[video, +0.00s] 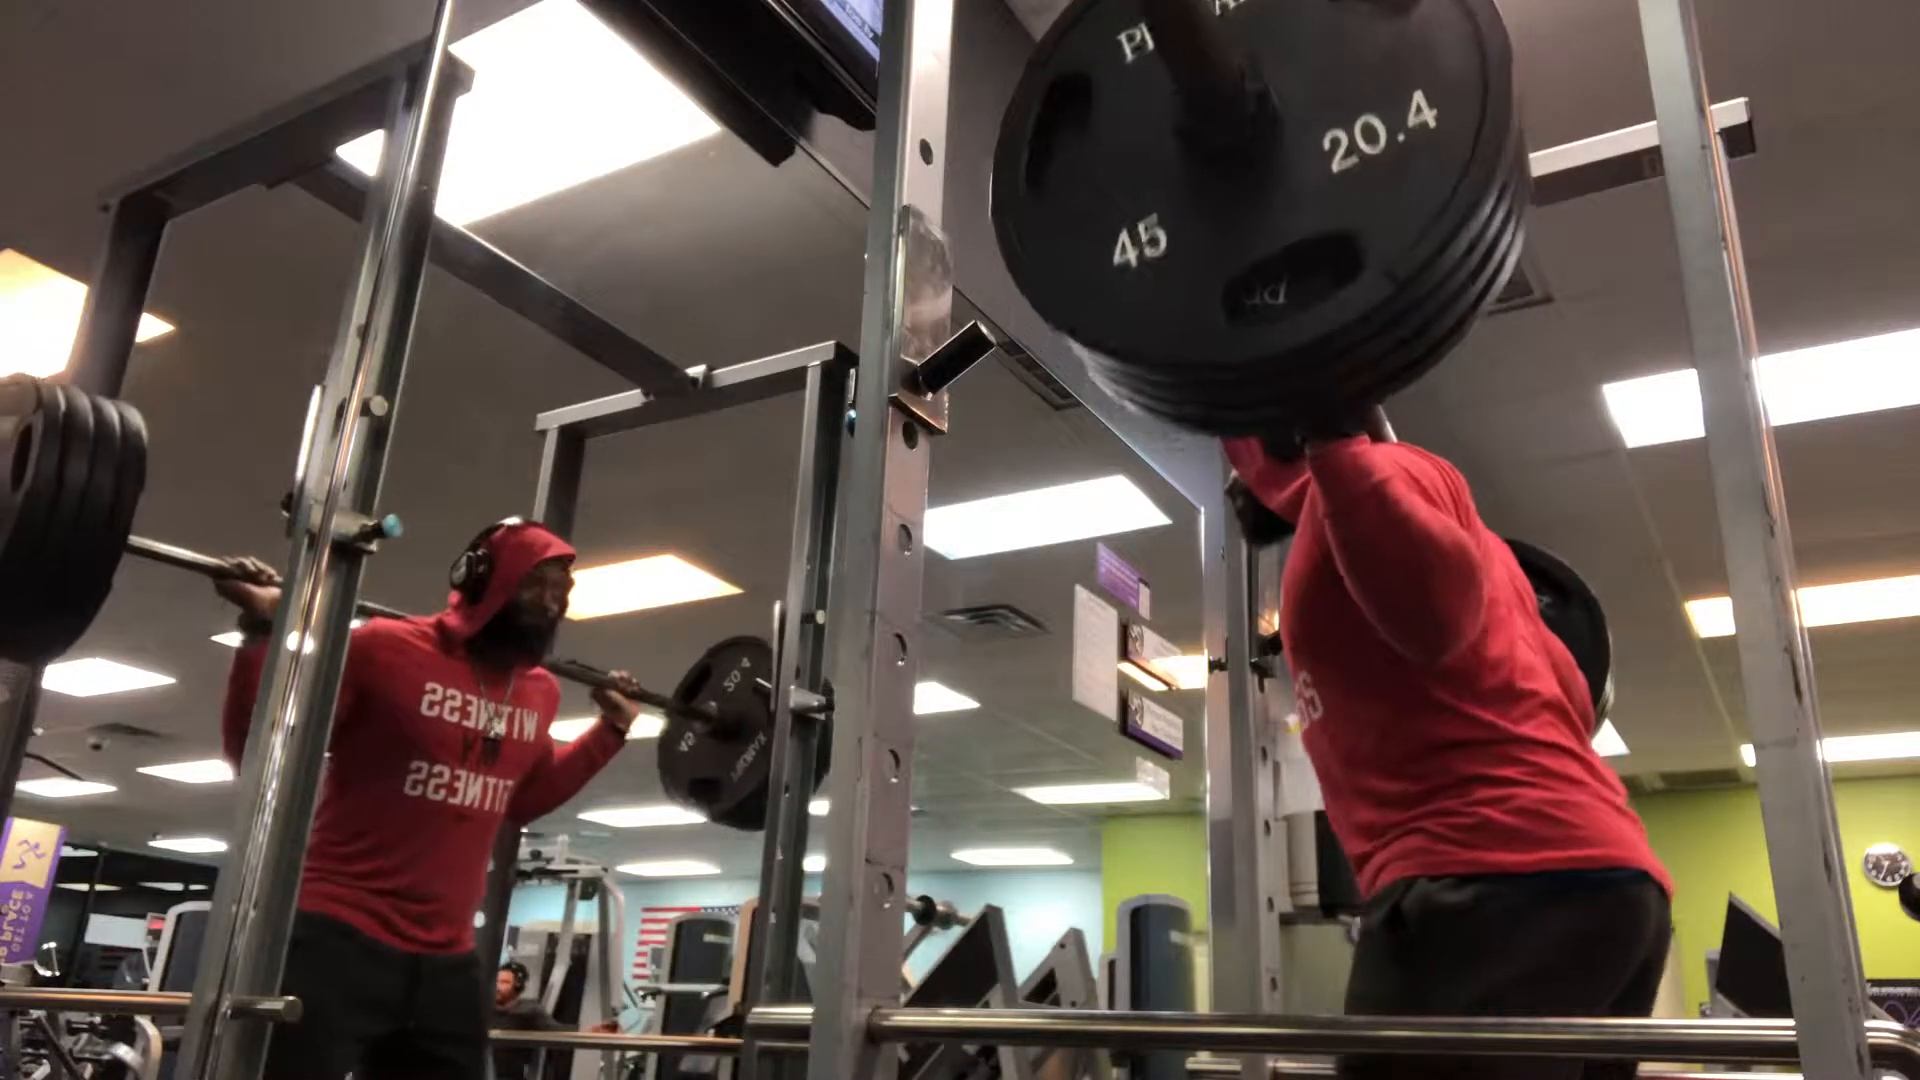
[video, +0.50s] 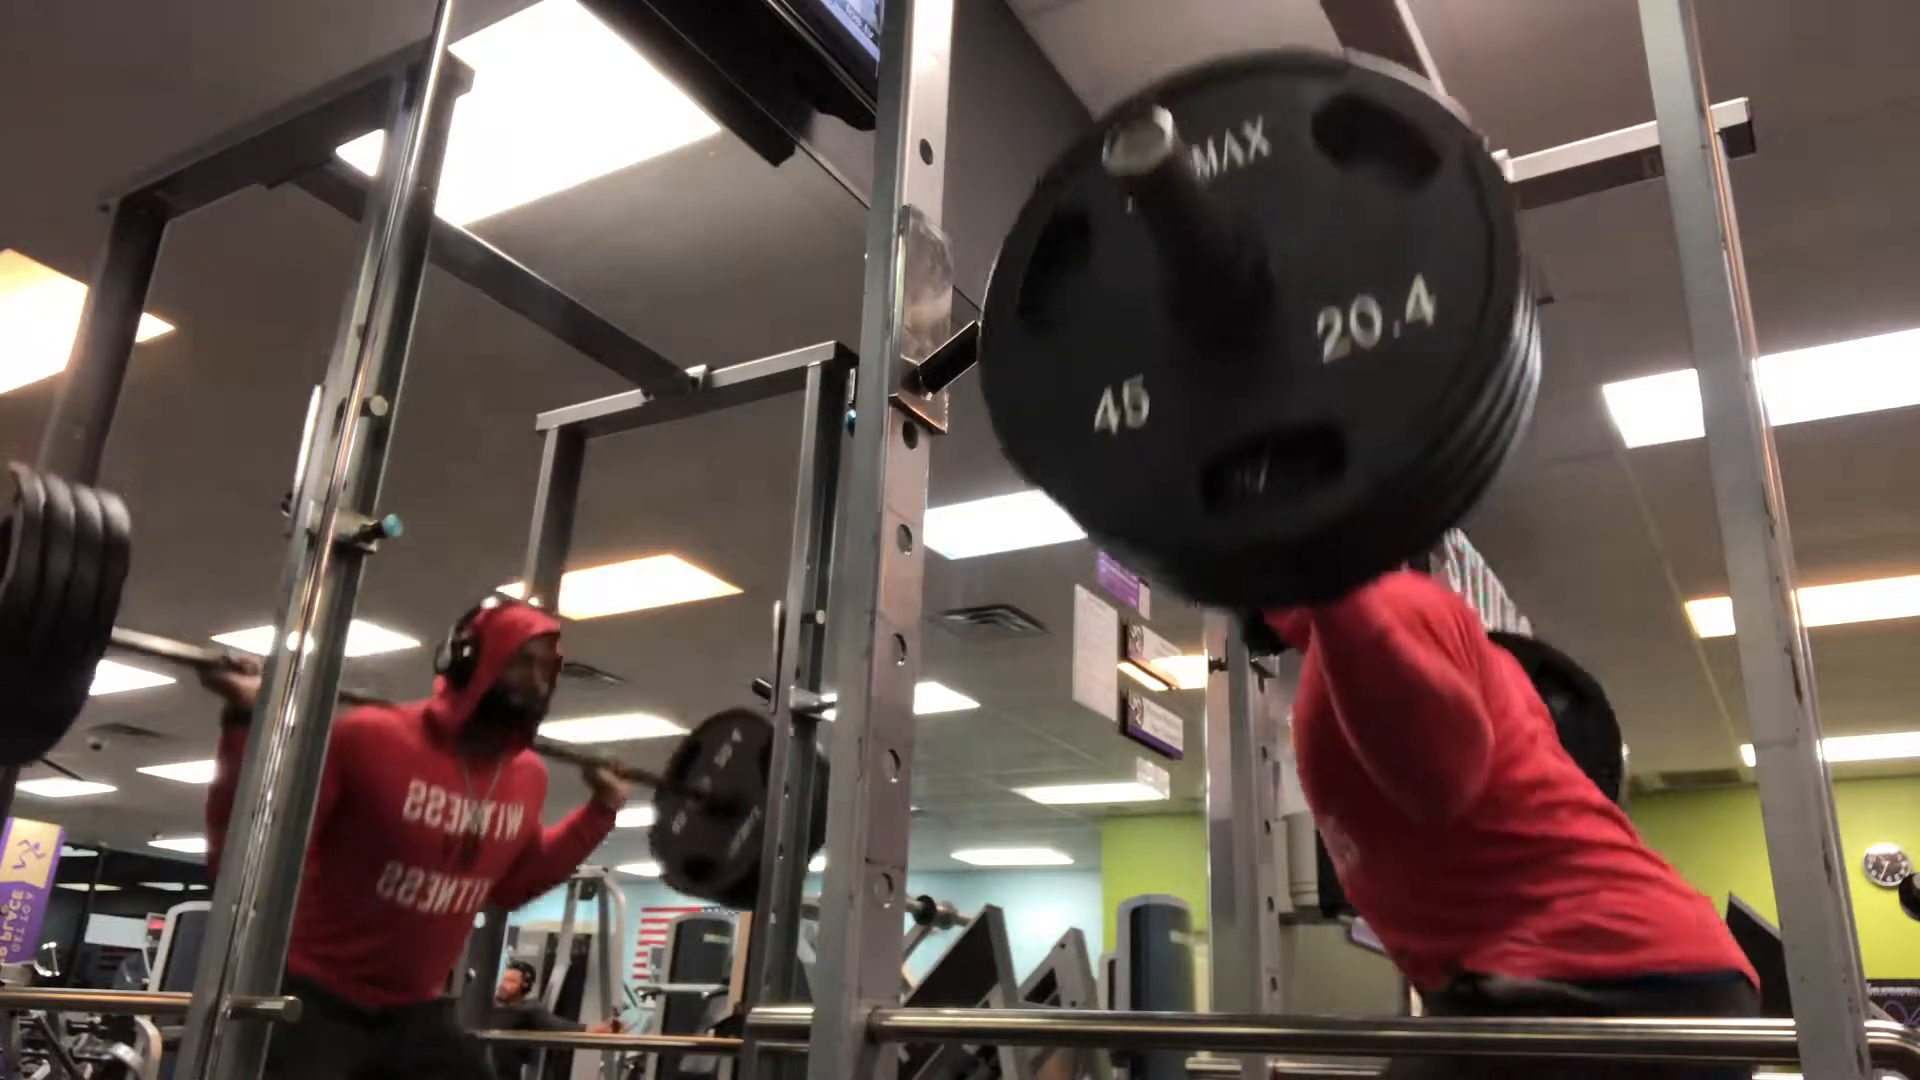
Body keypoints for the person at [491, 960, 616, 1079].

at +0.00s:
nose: (497, 987)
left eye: (504, 983)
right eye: (496, 981)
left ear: (517, 987)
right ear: (492, 982)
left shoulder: (529, 1011)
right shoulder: (485, 1010)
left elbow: (554, 1031)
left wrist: (586, 1034)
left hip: (512, 1073)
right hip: (484, 1072)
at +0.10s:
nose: (498, 987)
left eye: (504, 982)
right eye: (496, 981)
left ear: (517, 987)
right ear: (492, 982)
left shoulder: (528, 1011)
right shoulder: (484, 1010)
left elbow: (555, 1028)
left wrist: (590, 1031)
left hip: (510, 1073)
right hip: (481, 1073)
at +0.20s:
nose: (498, 987)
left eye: (505, 982)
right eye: (496, 981)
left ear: (518, 987)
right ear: (492, 981)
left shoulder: (528, 1011)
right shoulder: (485, 1009)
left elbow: (555, 1028)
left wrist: (590, 1030)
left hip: (508, 1073)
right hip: (481, 1072)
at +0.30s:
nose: (499, 986)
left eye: (506, 982)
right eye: (498, 981)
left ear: (521, 988)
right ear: (495, 981)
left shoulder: (529, 1011)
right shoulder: (485, 1009)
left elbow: (557, 1027)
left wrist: (593, 1030)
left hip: (508, 1072)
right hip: (482, 1071)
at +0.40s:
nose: (502, 985)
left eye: (510, 982)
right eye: (503, 980)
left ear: (523, 988)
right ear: (499, 980)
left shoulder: (530, 1010)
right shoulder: (489, 1008)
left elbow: (556, 1025)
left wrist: (592, 1029)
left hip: (507, 1073)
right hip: (481, 1071)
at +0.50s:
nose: (503, 984)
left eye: (510, 981)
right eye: (503, 979)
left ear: (523, 987)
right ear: (499, 979)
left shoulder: (529, 1010)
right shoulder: (489, 1007)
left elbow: (555, 1024)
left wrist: (591, 1029)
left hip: (507, 1072)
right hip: (481, 1070)